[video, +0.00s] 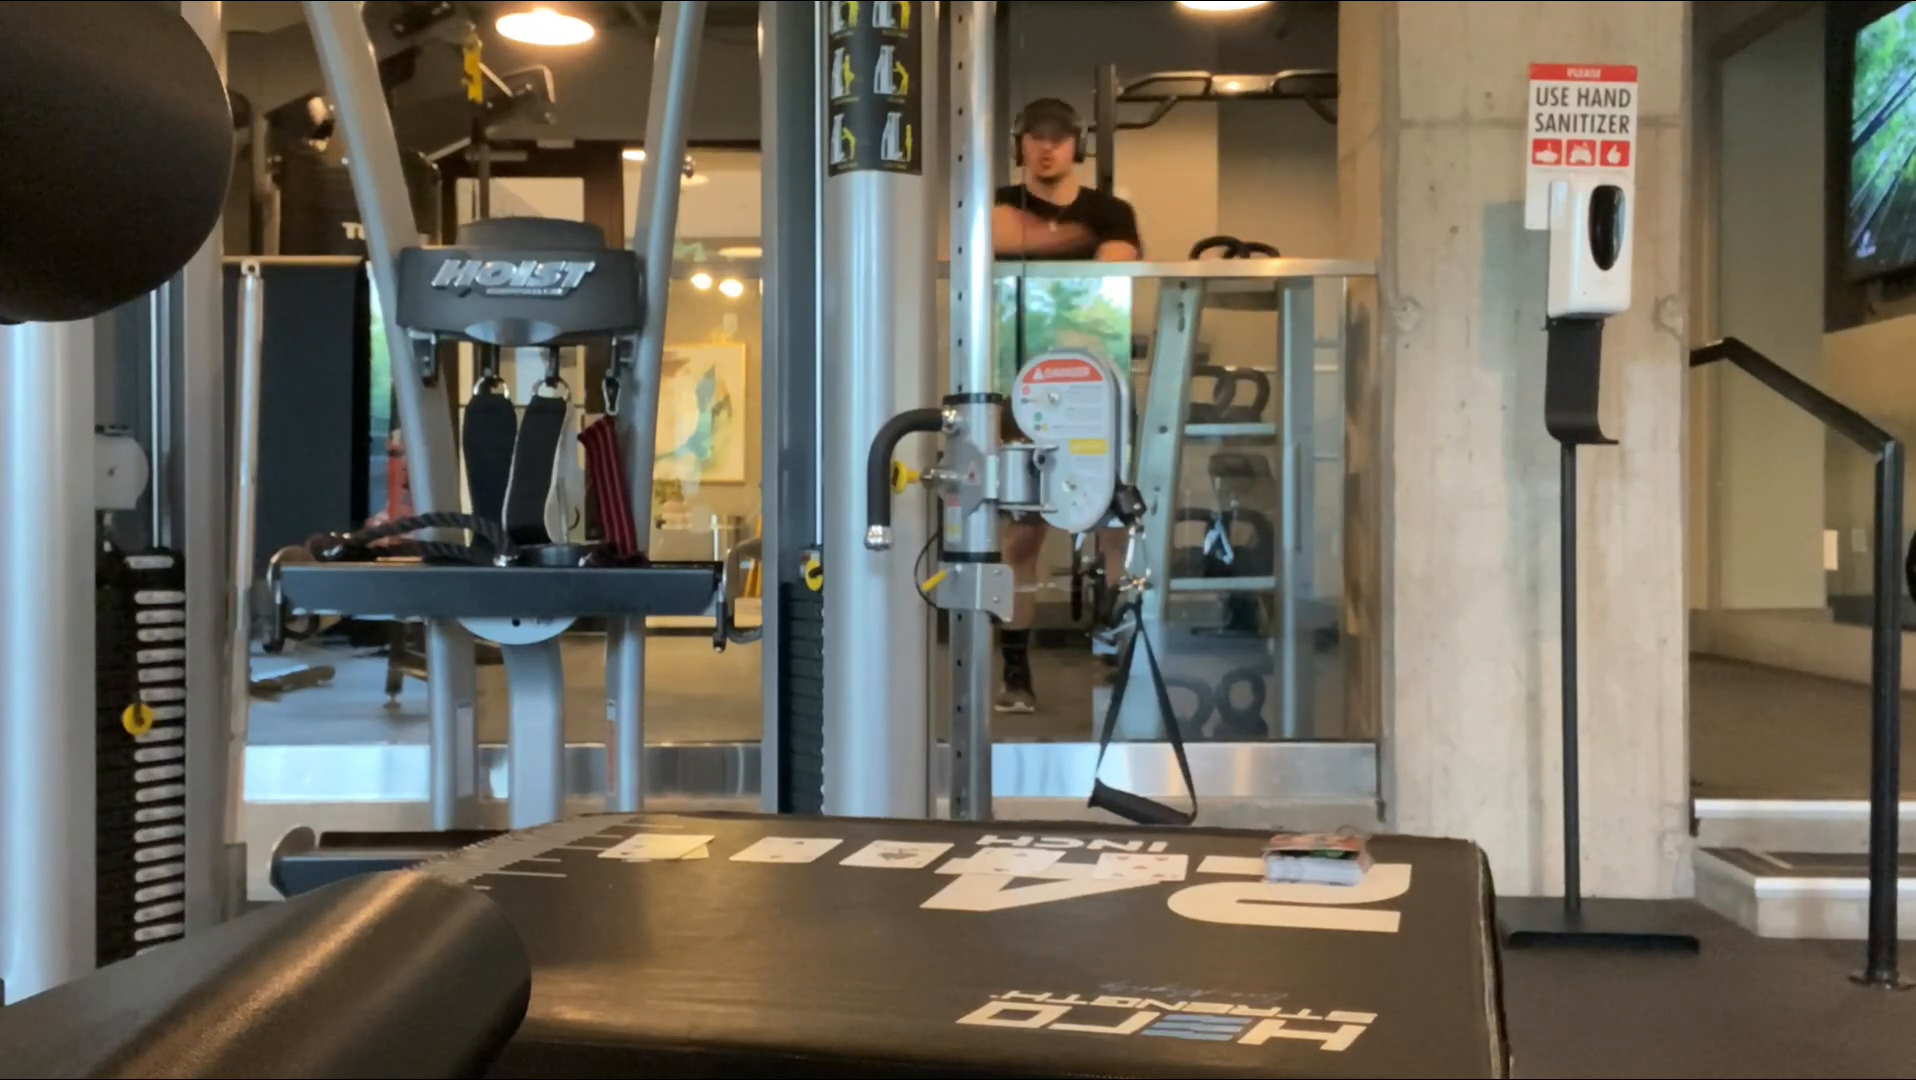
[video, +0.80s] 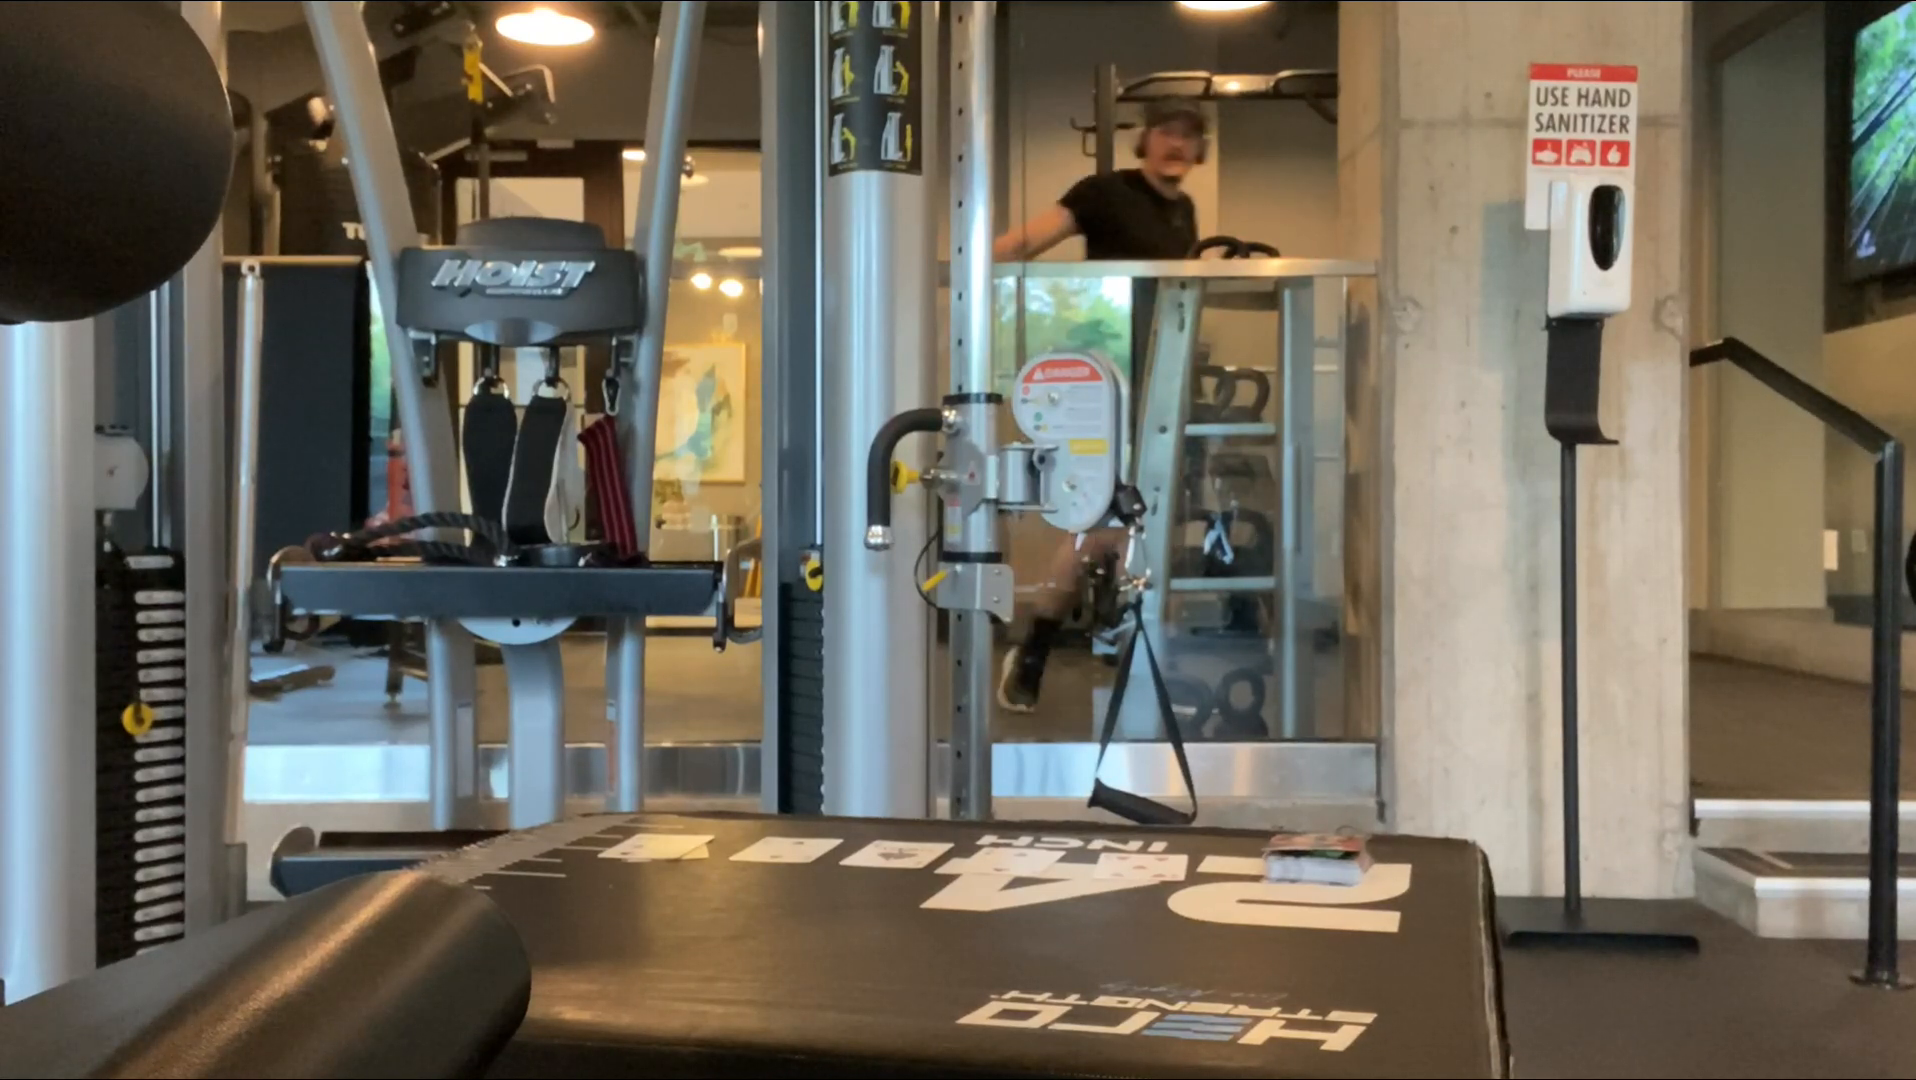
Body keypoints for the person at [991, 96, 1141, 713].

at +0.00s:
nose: (1047, 151)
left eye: (1057, 140)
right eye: (1037, 140)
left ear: (1076, 147)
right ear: (1020, 147)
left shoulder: (1110, 212)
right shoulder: (999, 206)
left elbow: (1120, 284)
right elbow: (997, 242)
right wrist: (1084, 237)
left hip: (1093, 387)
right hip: (1016, 385)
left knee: (1112, 520)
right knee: (1020, 534)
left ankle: (1123, 643)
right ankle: (1015, 659)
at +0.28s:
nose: (1054, 142)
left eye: (1064, 133)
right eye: (1043, 133)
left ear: (1081, 143)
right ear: (1024, 141)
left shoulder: (1103, 204)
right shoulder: (1008, 189)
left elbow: (1098, 253)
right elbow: (1070, 217)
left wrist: (1028, 247)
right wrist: (1146, 217)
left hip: (1093, 371)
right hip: (1020, 369)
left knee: (1110, 505)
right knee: (1020, 526)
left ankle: (1112, 620)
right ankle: (1014, 652)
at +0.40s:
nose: (1059, 143)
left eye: (1070, 134)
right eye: (1048, 133)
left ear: (1086, 146)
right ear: (1029, 143)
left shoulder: (1098, 209)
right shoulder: (1016, 194)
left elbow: (1134, 243)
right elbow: (1099, 233)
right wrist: (1186, 242)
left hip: (1090, 387)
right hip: (1023, 385)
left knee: (1112, 511)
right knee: (1022, 526)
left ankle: (1117, 625)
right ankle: (1013, 655)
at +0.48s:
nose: (1073, 145)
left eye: (1083, 136)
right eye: (1062, 134)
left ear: (1097, 147)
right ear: (1041, 143)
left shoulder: (1117, 220)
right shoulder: (1024, 199)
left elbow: (1144, 300)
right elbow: (1076, 241)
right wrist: (1145, 257)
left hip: (1106, 390)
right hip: (1034, 388)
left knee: (1119, 512)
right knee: (1027, 531)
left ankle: (1121, 632)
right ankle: (1014, 656)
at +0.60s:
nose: (1107, 149)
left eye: (1117, 140)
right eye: (1097, 138)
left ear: (1131, 152)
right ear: (1074, 146)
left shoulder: (1143, 229)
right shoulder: (1051, 203)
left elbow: (1186, 308)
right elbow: (1057, 297)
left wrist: (1242, 364)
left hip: (1123, 392)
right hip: (1055, 390)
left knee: (1129, 516)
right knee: (1039, 528)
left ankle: (1126, 642)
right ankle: (1014, 657)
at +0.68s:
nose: (1135, 148)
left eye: (1145, 140)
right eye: (1125, 137)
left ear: (1159, 152)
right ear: (1103, 146)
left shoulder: (1160, 224)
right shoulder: (1072, 202)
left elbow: (1186, 308)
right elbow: (1026, 274)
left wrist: (1232, 363)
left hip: (1142, 394)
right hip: (1074, 392)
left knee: (1138, 522)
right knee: (1055, 522)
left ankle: (1134, 653)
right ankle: (1016, 653)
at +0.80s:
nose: (1182, 149)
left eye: (1191, 141)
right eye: (1173, 136)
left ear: (1197, 151)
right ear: (1146, 137)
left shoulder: (1182, 207)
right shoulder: (1104, 191)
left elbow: (1182, 282)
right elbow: (1026, 240)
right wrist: (966, 266)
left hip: (1163, 375)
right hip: (1107, 377)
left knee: (1141, 515)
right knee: (1096, 522)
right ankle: (1035, 647)